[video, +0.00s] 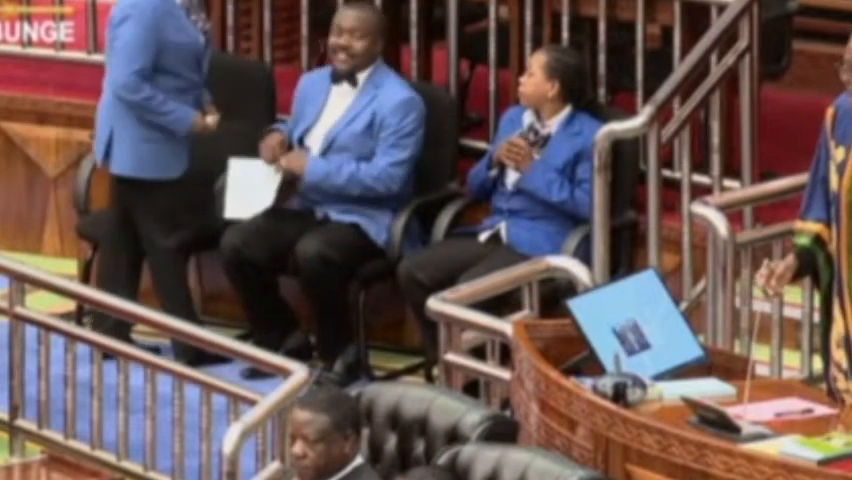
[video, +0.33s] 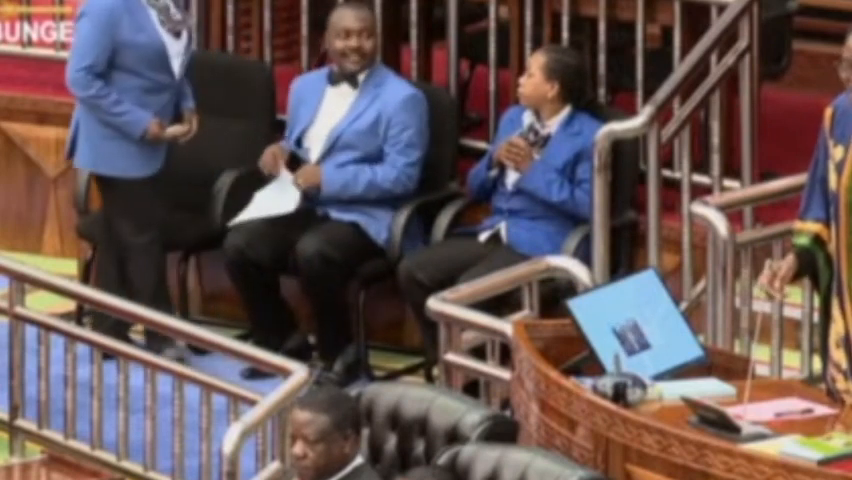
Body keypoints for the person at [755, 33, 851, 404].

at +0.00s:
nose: (844, 64)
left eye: (849, 57)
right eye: (844, 56)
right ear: (840, 61)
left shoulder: (839, 115)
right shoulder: (839, 114)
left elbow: (820, 203)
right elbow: (822, 201)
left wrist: (796, 260)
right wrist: (796, 261)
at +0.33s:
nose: (844, 64)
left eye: (849, 58)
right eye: (843, 57)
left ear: (851, 61)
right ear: (839, 60)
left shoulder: (839, 115)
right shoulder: (839, 114)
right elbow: (820, 207)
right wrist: (795, 260)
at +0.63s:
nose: (843, 72)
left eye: (848, 63)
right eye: (841, 63)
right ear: (836, 63)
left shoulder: (838, 115)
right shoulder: (837, 113)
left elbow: (818, 196)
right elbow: (818, 194)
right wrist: (795, 244)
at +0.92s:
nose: (846, 78)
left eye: (851, 67)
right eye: (841, 68)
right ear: (831, 69)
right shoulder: (835, 116)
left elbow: (819, 209)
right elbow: (818, 207)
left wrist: (792, 238)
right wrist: (792, 238)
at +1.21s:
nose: (836, 70)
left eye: (844, 61)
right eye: (832, 60)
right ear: (826, 61)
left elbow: (821, 190)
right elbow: (818, 186)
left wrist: (808, 233)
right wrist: (805, 231)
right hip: (834, 273)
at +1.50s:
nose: (836, 66)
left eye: (843, 57)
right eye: (833, 57)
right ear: (828, 59)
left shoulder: (839, 115)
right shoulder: (835, 113)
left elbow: (822, 191)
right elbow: (820, 187)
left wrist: (806, 234)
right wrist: (805, 234)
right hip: (835, 281)